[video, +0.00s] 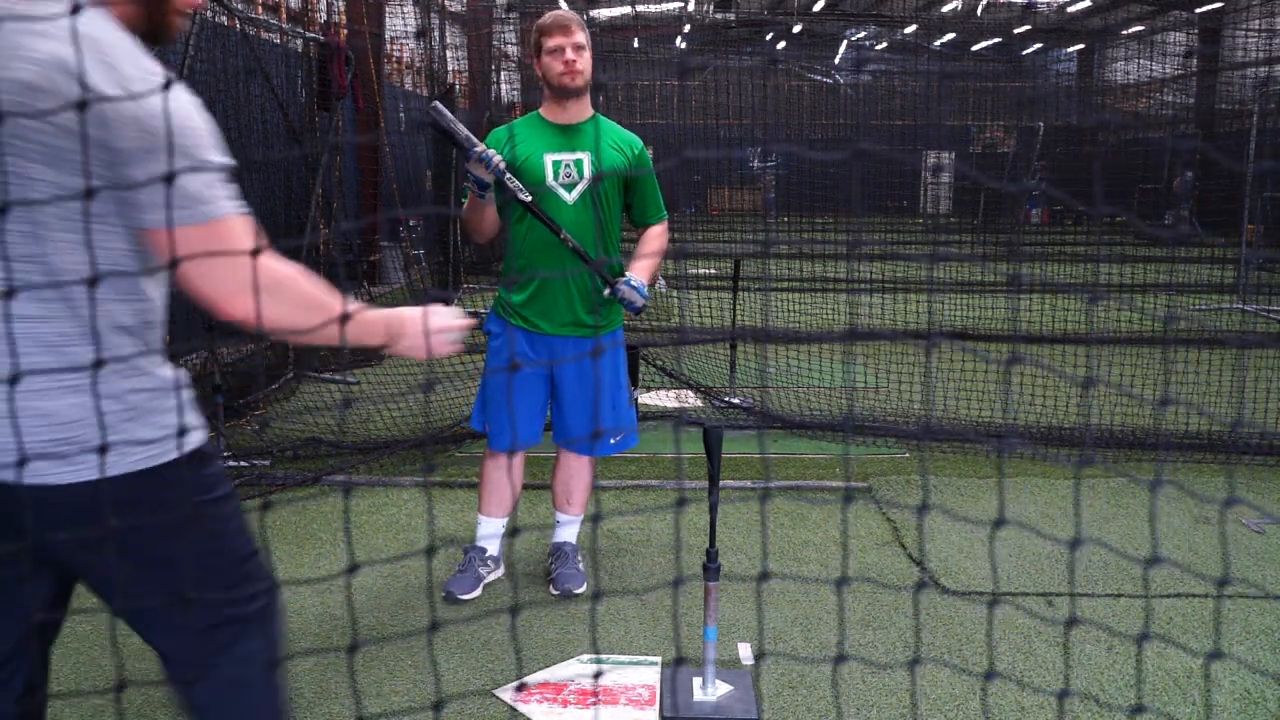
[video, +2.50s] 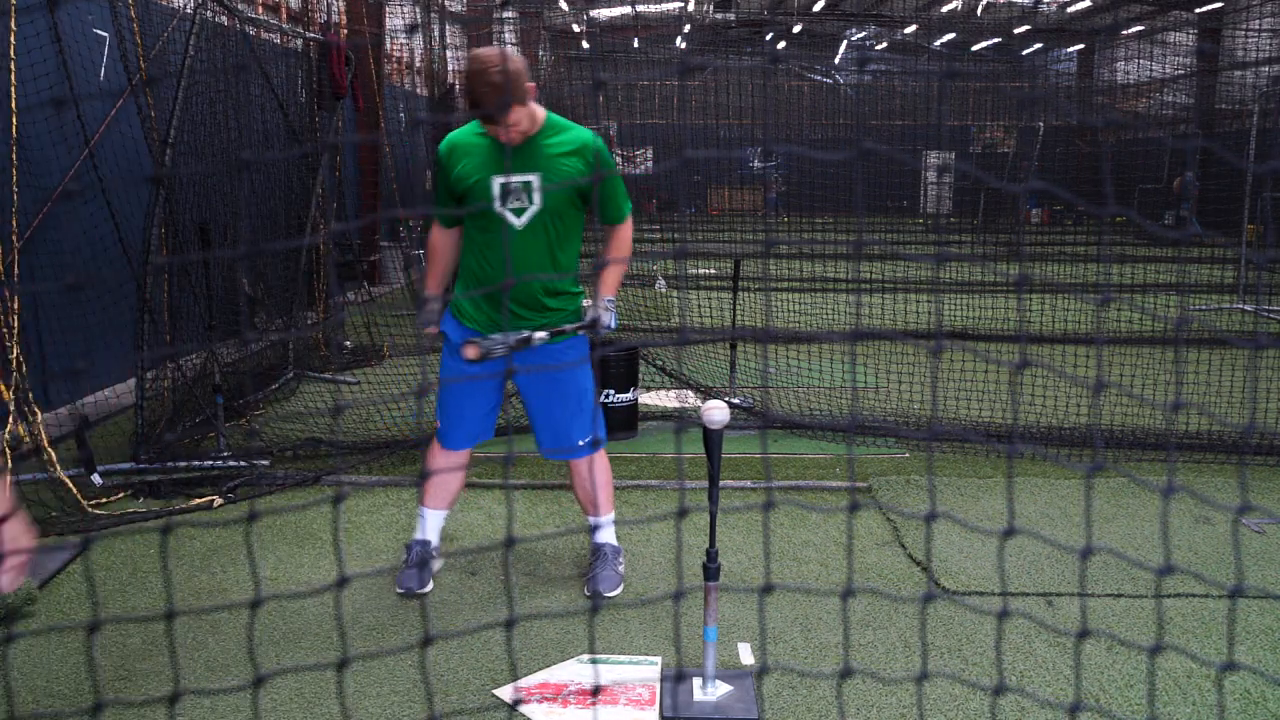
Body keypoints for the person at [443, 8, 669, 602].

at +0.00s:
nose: (569, 59)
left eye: (577, 48)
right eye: (556, 51)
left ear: (592, 57)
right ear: (538, 63)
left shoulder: (625, 148)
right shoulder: (505, 141)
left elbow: (654, 227)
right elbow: (482, 233)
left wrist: (637, 278)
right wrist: (479, 188)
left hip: (593, 322)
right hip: (519, 319)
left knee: (579, 439)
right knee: (504, 440)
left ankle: (566, 547)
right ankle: (486, 551)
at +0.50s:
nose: (574, 59)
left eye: (581, 49)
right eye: (560, 51)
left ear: (593, 58)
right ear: (538, 63)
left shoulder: (623, 148)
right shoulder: (504, 142)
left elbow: (654, 224)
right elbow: (464, 224)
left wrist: (640, 275)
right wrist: (476, 175)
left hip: (592, 324)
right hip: (516, 322)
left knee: (578, 441)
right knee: (503, 441)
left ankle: (566, 546)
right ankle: (486, 550)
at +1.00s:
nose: (582, 64)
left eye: (586, 53)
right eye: (568, 54)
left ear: (595, 59)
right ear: (537, 64)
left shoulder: (620, 150)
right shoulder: (499, 133)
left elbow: (653, 227)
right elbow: (465, 206)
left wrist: (624, 288)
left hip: (583, 324)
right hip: (507, 320)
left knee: (574, 441)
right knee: (492, 442)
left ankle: (566, 546)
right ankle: (484, 549)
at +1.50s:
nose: (531, 87)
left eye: (538, 74)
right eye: (519, 77)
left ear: (550, 71)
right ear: (494, 75)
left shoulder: (579, 148)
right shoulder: (458, 150)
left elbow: (616, 222)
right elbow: (427, 232)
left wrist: (597, 276)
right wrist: (436, 307)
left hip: (555, 325)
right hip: (477, 325)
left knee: (563, 440)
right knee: (458, 440)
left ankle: (564, 544)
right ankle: (434, 548)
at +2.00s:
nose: (435, 114)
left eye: (441, 101)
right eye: (421, 108)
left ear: (457, 77)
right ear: (403, 99)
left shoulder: (512, 134)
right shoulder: (391, 159)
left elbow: (561, 201)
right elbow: (388, 233)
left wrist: (552, 276)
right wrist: (381, 268)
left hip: (515, 319)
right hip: (436, 325)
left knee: (547, 434)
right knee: (436, 443)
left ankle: (577, 540)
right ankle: (430, 548)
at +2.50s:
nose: (505, 131)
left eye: (513, 118)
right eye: (493, 123)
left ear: (532, 94)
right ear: (476, 110)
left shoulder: (583, 148)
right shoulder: (457, 151)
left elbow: (620, 224)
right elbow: (446, 226)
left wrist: (604, 299)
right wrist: (432, 299)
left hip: (555, 325)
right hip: (472, 323)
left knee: (580, 441)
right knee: (451, 438)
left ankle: (605, 544)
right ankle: (423, 544)